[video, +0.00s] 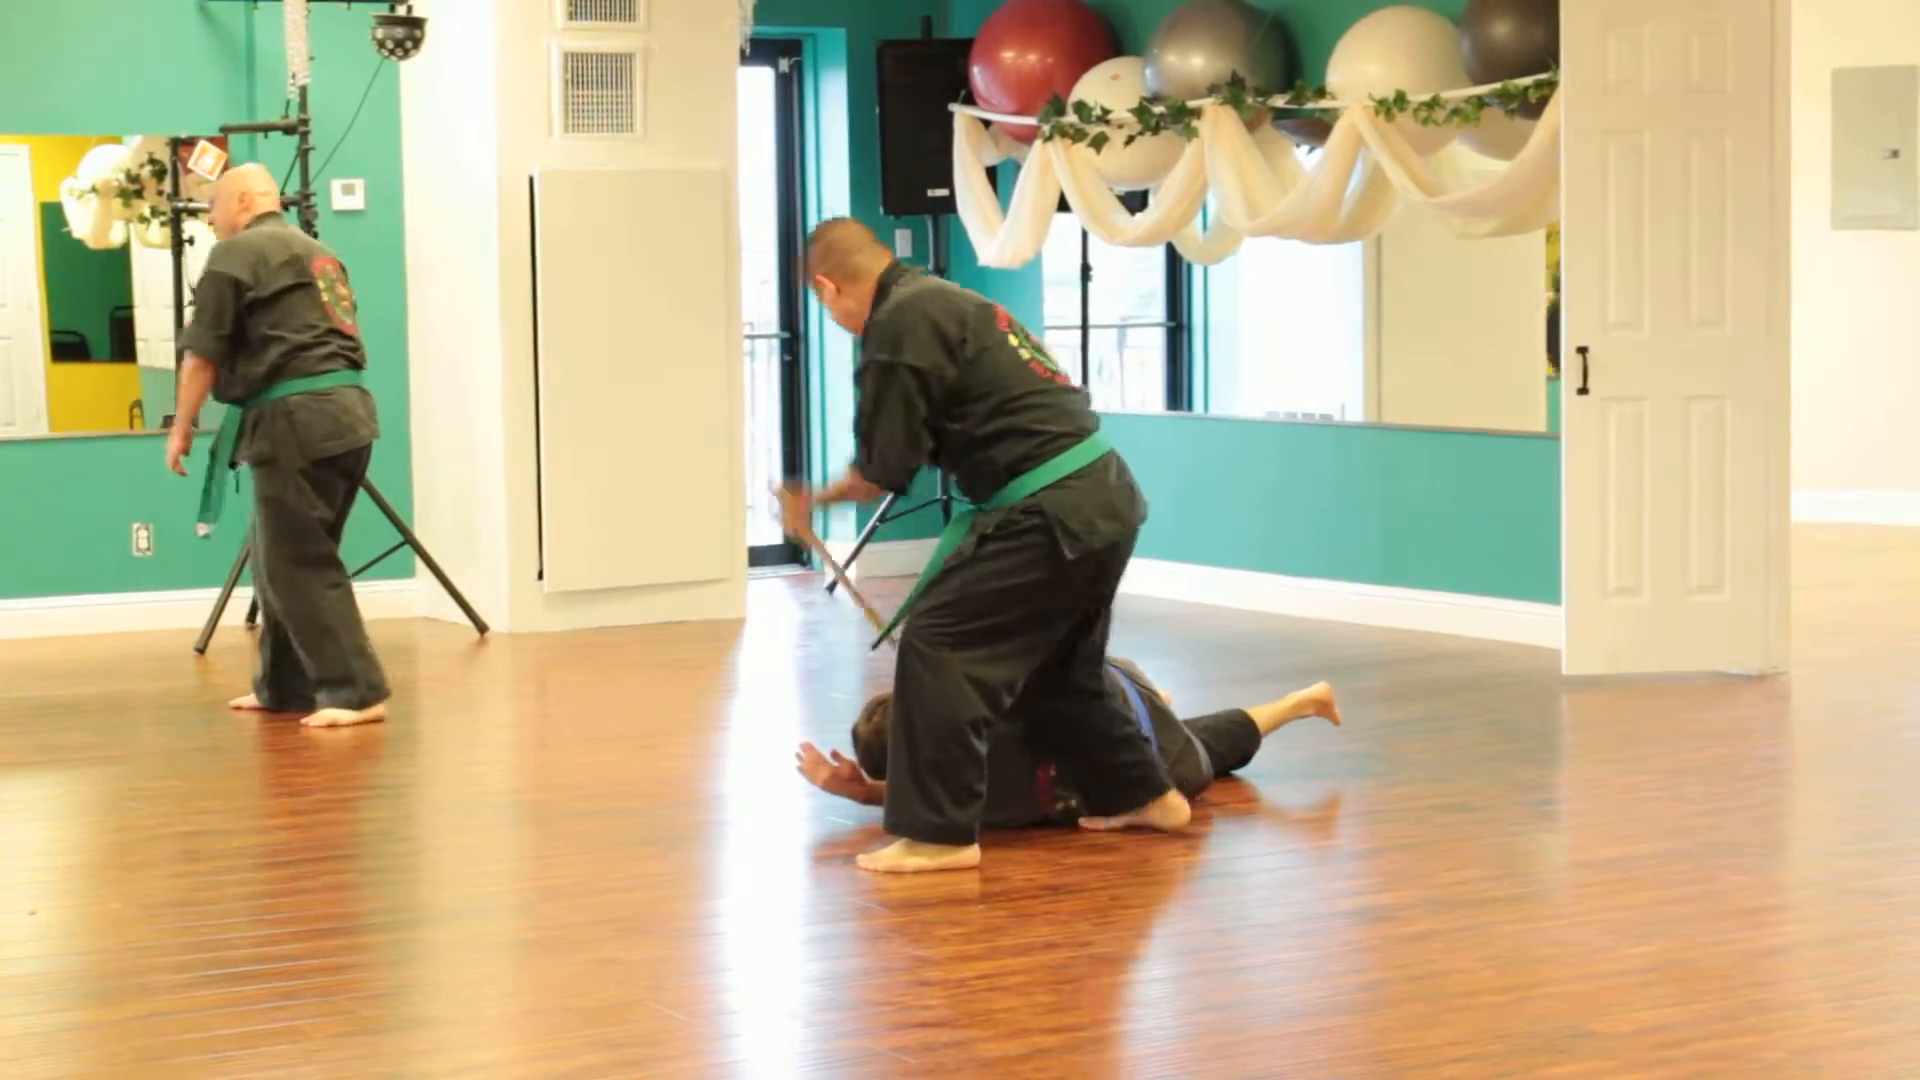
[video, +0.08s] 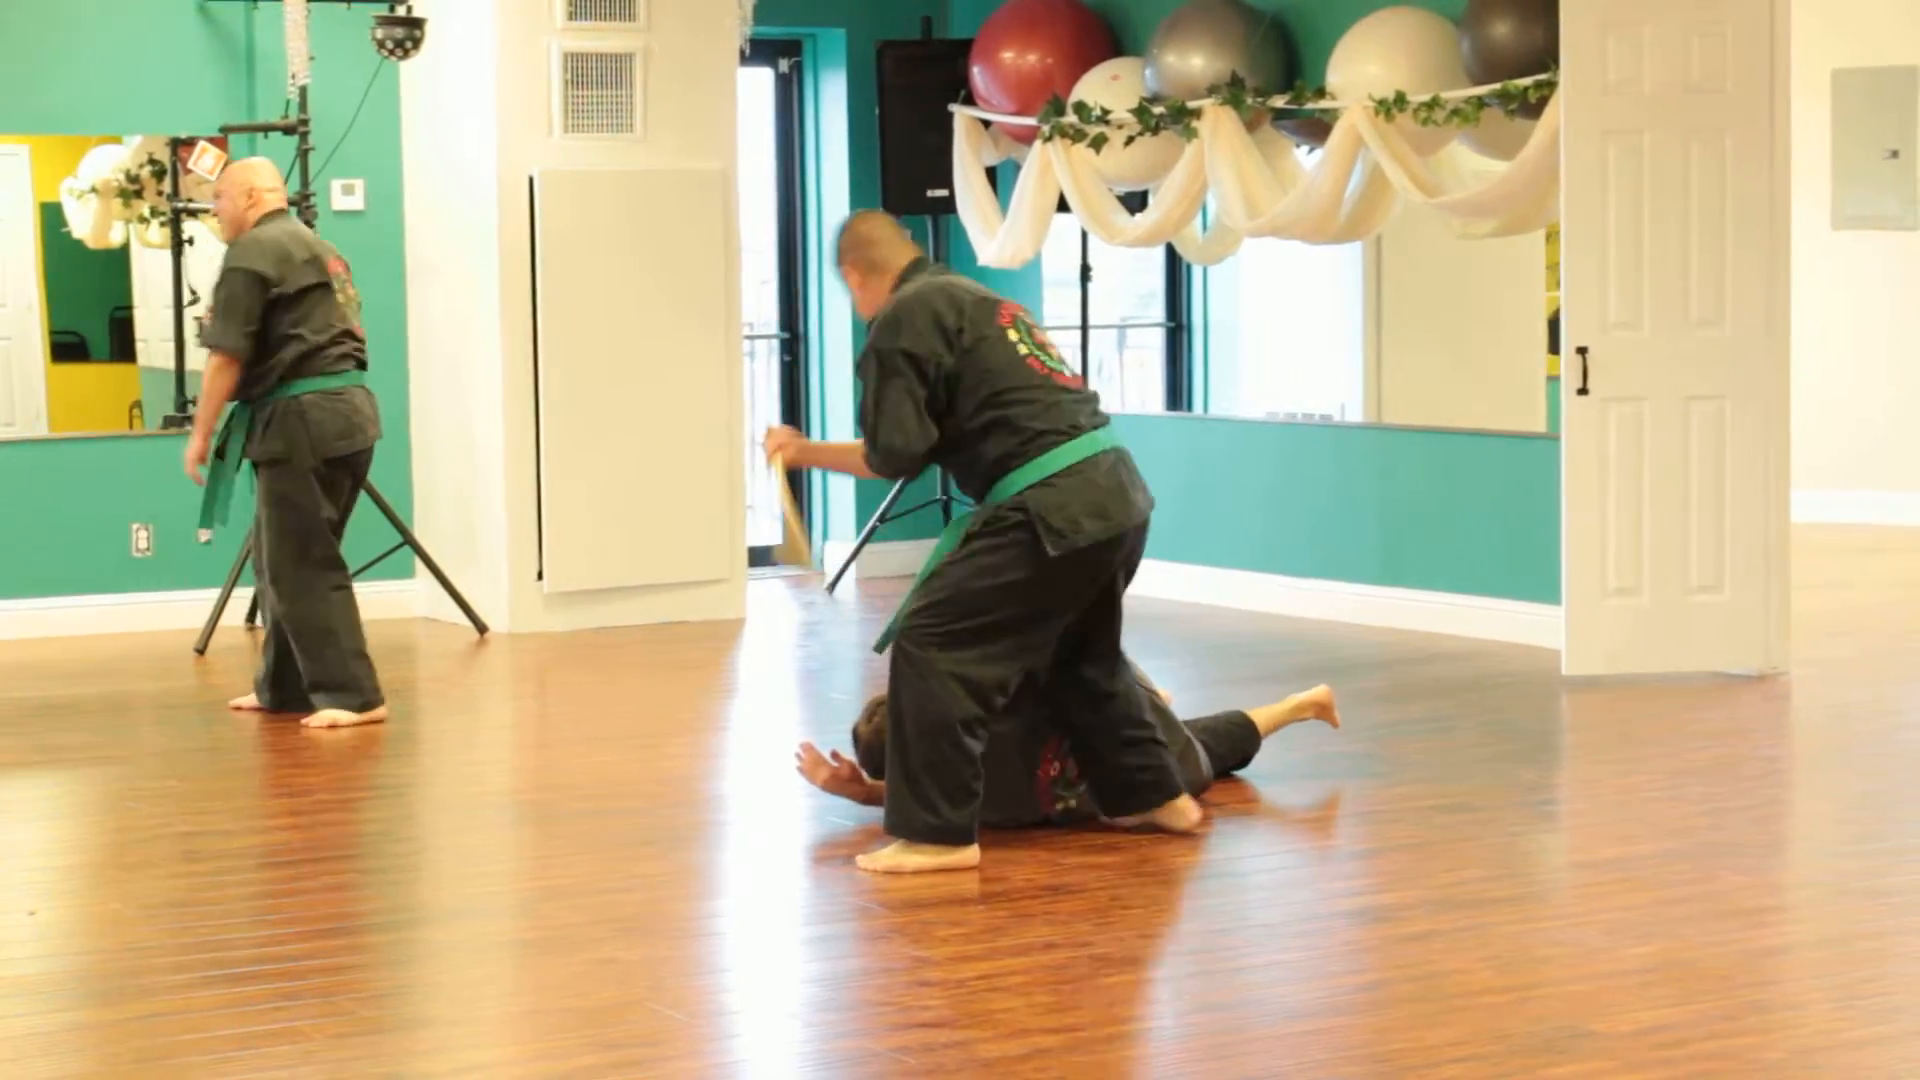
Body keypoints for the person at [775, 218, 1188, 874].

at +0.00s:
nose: (835, 318)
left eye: (828, 301)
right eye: (826, 304)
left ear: (840, 283)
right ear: (877, 263)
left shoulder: (901, 324)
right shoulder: (944, 300)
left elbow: (885, 465)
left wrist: (822, 493)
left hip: (1055, 507)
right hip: (1105, 490)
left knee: (936, 642)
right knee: (1060, 666)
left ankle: (938, 833)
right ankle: (1146, 795)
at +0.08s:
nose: (856, 306)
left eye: (850, 289)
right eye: (852, 291)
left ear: (862, 274)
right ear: (911, 253)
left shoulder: (904, 321)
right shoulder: (974, 299)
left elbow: (896, 454)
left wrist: (808, 453)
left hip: (1052, 508)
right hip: (1116, 491)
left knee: (928, 645)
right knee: (1080, 656)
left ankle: (937, 833)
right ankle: (1159, 795)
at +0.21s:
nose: (898, 287)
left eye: (895, 276)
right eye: (898, 277)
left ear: (909, 267)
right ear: (964, 253)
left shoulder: (916, 328)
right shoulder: (1035, 307)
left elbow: (881, 450)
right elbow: (1050, 417)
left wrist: (858, 414)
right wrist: (973, 466)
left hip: (1041, 521)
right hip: (1127, 504)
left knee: (903, 645)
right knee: (1098, 646)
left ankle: (930, 827)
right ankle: (1184, 803)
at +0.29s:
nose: (912, 294)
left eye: (909, 282)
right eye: (912, 283)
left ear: (921, 272)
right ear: (983, 257)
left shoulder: (925, 343)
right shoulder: (1069, 311)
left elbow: (912, 492)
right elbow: (1132, 428)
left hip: (1046, 529)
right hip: (1136, 512)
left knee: (921, 652)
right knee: (1106, 649)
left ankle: (924, 836)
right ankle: (1181, 799)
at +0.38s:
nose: (927, 308)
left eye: (922, 292)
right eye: (920, 294)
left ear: (936, 278)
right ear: (992, 259)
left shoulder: (945, 360)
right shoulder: (1091, 305)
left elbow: (966, 514)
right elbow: (1184, 385)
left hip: (1064, 532)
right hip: (1154, 511)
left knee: (945, 653)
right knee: (1117, 637)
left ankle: (926, 833)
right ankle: (1183, 797)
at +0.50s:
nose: (952, 308)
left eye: (944, 292)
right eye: (944, 295)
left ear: (961, 269)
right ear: (1001, 252)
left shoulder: (1005, 344)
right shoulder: (1099, 290)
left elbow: (1009, 478)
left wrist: (982, 445)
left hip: (1142, 507)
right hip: (1211, 491)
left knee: (1037, 655)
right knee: (1132, 650)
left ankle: (971, 812)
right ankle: (1186, 798)